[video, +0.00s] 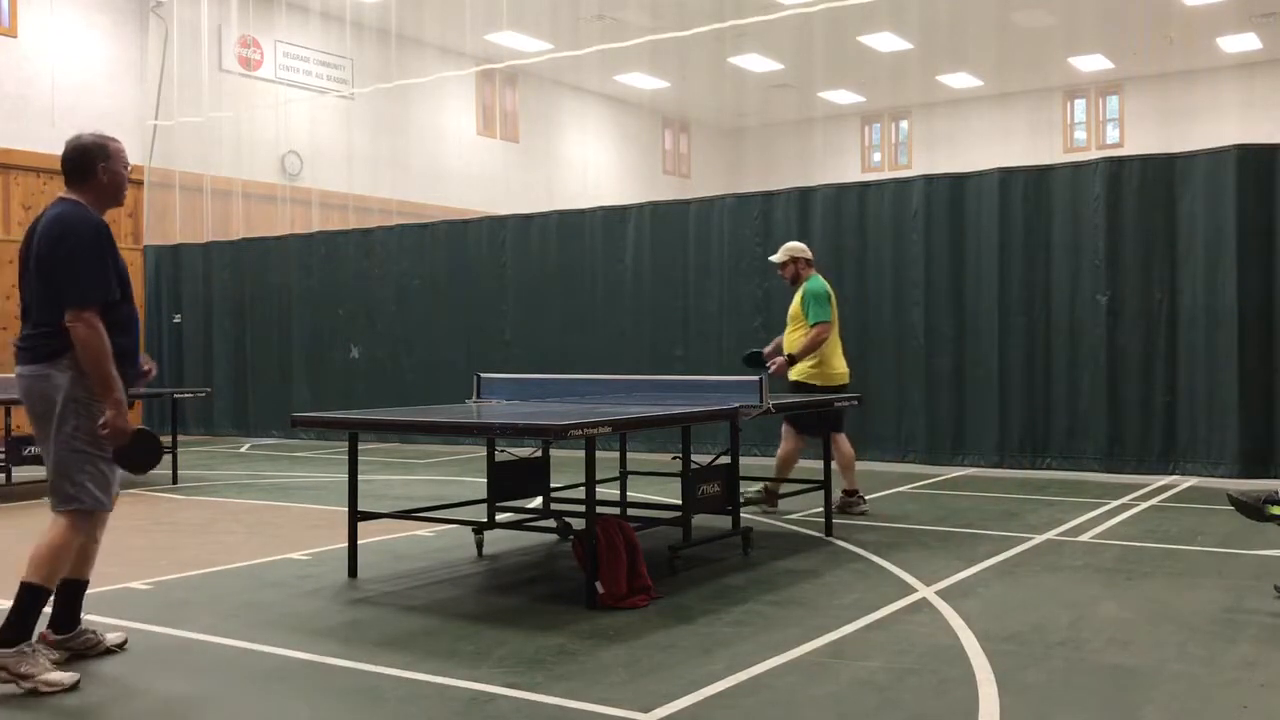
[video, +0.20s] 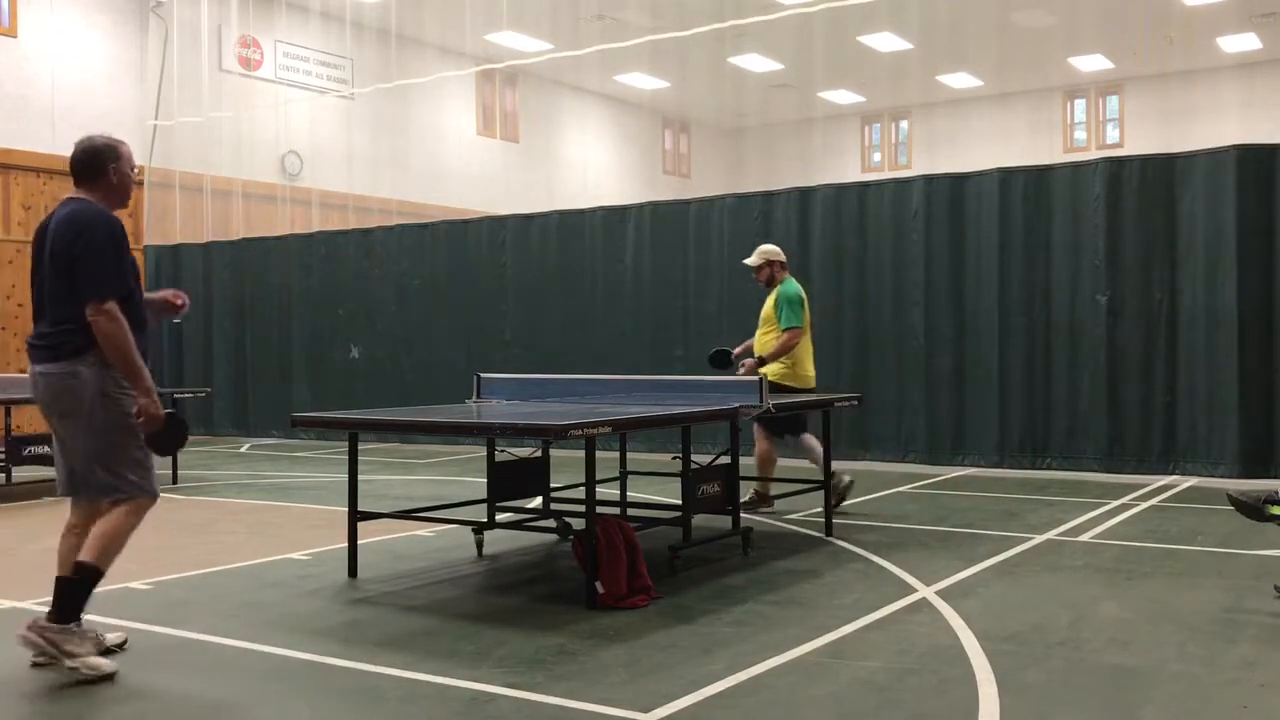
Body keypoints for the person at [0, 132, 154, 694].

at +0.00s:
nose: (130, 175)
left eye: (128, 167)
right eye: (125, 167)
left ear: (81, 171)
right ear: (102, 171)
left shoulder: (57, 221)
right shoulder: (78, 225)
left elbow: (69, 314)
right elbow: (82, 321)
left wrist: (128, 355)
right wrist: (115, 400)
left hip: (61, 374)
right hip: (65, 377)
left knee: (94, 503)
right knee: (78, 510)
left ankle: (66, 628)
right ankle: (11, 645)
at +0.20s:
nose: (136, 180)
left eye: (135, 171)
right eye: (132, 171)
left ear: (83, 174)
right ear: (112, 175)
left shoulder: (57, 222)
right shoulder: (97, 224)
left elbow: (79, 306)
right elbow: (103, 312)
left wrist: (147, 302)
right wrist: (146, 389)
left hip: (55, 374)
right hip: (85, 375)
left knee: (87, 503)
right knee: (136, 493)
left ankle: (65, 625)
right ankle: (61, 621)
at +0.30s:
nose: (142, 181)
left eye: (141, 172)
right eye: (138, 172)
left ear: (88, 175)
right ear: (118, 175)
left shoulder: (62, 222)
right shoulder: (105, 223)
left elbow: (85, 300)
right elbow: (113, 311)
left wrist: (150, 286)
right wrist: (156, 386)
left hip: (57, 375)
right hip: (95, 374)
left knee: (90, 497)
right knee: (158, 486)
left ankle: (59, 631)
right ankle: (112, 624)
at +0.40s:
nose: (150, 177)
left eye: (147, 168)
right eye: (146, 168)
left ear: (95, 175)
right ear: (130, 173)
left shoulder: (69, 222)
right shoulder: (115, 221)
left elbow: (94, 294)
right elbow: (121, 309)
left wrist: (159, 275)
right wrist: (164, 386)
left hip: (64, 373)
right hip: (104, 373)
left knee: (90, 500)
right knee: (168, 487)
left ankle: (63, 628)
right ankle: (171, 629)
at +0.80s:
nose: (212, 183)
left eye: (210, 175)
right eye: (209, 176)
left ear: (157, 181)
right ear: (197, 181)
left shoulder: (123, 229)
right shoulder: (188, 232)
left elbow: (143, 282)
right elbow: (188, 321)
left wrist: (204, 270)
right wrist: (214, 400)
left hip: (117, 376)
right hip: (168, 379)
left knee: (115, 501)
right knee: (222, 495)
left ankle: (65, 626)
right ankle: (232, 619)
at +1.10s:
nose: (272, 190)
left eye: (270, 182)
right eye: (271, 182)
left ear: (221, 181)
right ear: (261, 185)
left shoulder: (177, 222)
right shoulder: (249, 237)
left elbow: (175, 304)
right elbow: (255, 330)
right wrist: (279, 408)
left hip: (159, 369)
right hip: (215, 374)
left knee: (164, 488)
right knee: (239, 493)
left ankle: (93, 599)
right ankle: (234, 619)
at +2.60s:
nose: (227, 191)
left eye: (224, 184)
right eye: (223, 184)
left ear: (177, 186)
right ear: (210, 186)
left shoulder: (156, 225)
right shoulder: (192, 226)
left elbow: (172, 293)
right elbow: (186, 306)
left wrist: (229, 286)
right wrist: (213, 378)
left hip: (141, 363)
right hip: (165, 364)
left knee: (178, 487)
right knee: (180, 489)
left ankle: (174, 603)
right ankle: (151, 619)